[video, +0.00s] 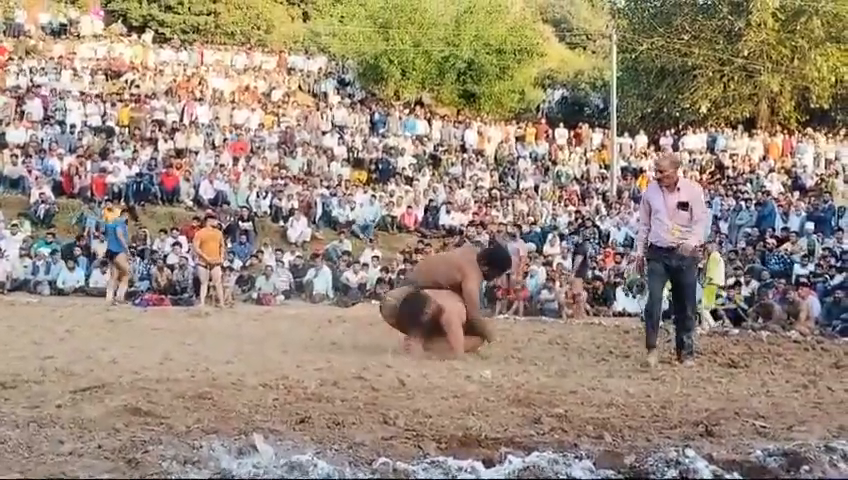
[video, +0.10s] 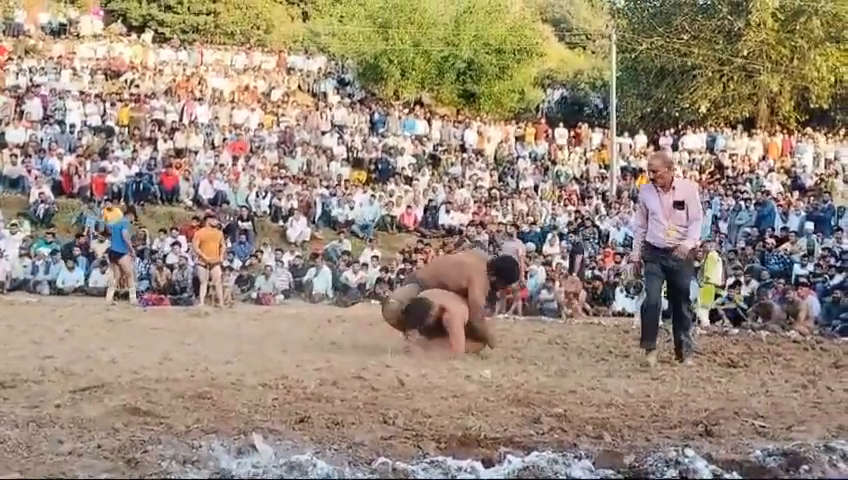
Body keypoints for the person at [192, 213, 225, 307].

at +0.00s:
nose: (214, 221)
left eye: (214, 219)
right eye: (211, 219)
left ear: (216, 220)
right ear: (206, 220)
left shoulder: (219, 233)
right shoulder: (199, 233)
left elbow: (222, 246)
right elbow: (196, 247)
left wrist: (221, 257)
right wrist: (206, 258)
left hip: (215, 261)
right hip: (203, 261)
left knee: (218, 282)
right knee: (204, 283)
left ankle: (221, 302)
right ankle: (202, 303)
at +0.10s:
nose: (214, 221)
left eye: (214, 218)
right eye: (211, 218)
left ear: (216, 220)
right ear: (206, 220)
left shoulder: (219, 233)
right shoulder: (199, 233)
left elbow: (223, 245)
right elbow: (195, 247)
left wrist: (221, 257)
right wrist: (205, 258)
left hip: (215, 261)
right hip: (203, 261)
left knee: (218, 282)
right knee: (203, 282)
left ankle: (221, 302)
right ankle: (201, 303)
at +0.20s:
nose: (213, 220)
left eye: (214, 218)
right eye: (211, 218)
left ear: (215, 220)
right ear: (206, 220)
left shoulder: (219, 233)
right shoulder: (199, 233)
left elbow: (223, 244)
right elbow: (194, 246)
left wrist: (221, 255)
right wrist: (203, 257)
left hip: (214, 260)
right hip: (202, 260)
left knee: (217, 281)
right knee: (203, 282)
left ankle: (220, 301)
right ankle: (201, 302)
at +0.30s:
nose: (213, 220)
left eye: (214, 218)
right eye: (210, 218)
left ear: (215, 220)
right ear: (205, 219)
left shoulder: (218, 232)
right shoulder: (198, 232)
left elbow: (222, 244)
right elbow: (193, 246)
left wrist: (220, 255)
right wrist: (200, 255)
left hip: (213, 260)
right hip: (201, 260)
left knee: (217, 281)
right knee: (200, 281)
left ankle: (219, 301)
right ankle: (199, 301)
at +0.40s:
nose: (210, 221)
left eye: (211, 218)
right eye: (208, 219)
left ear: (214, 220)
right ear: (203, 220)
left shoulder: (217, 232)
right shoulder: (196, 232)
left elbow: (221, 244)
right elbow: (191, 245)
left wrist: (219, 254)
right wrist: (198, 255)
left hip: (212, 259)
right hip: (200, 259)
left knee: (217, 280)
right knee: (197, 281)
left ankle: (218, 301)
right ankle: (198, 301)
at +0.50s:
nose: (210, 221)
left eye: (211, 219)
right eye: (207, 219)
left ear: (213, 220)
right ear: (203, 220)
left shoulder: (217, 232)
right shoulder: (195, 233)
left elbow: (221, 244)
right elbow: (191, 246)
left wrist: (218, 252)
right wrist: (197, 255)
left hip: (212, 259)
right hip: (199, 259)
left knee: (219, 276)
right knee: (193, 277)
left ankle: (219, 299)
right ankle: (196, 299)